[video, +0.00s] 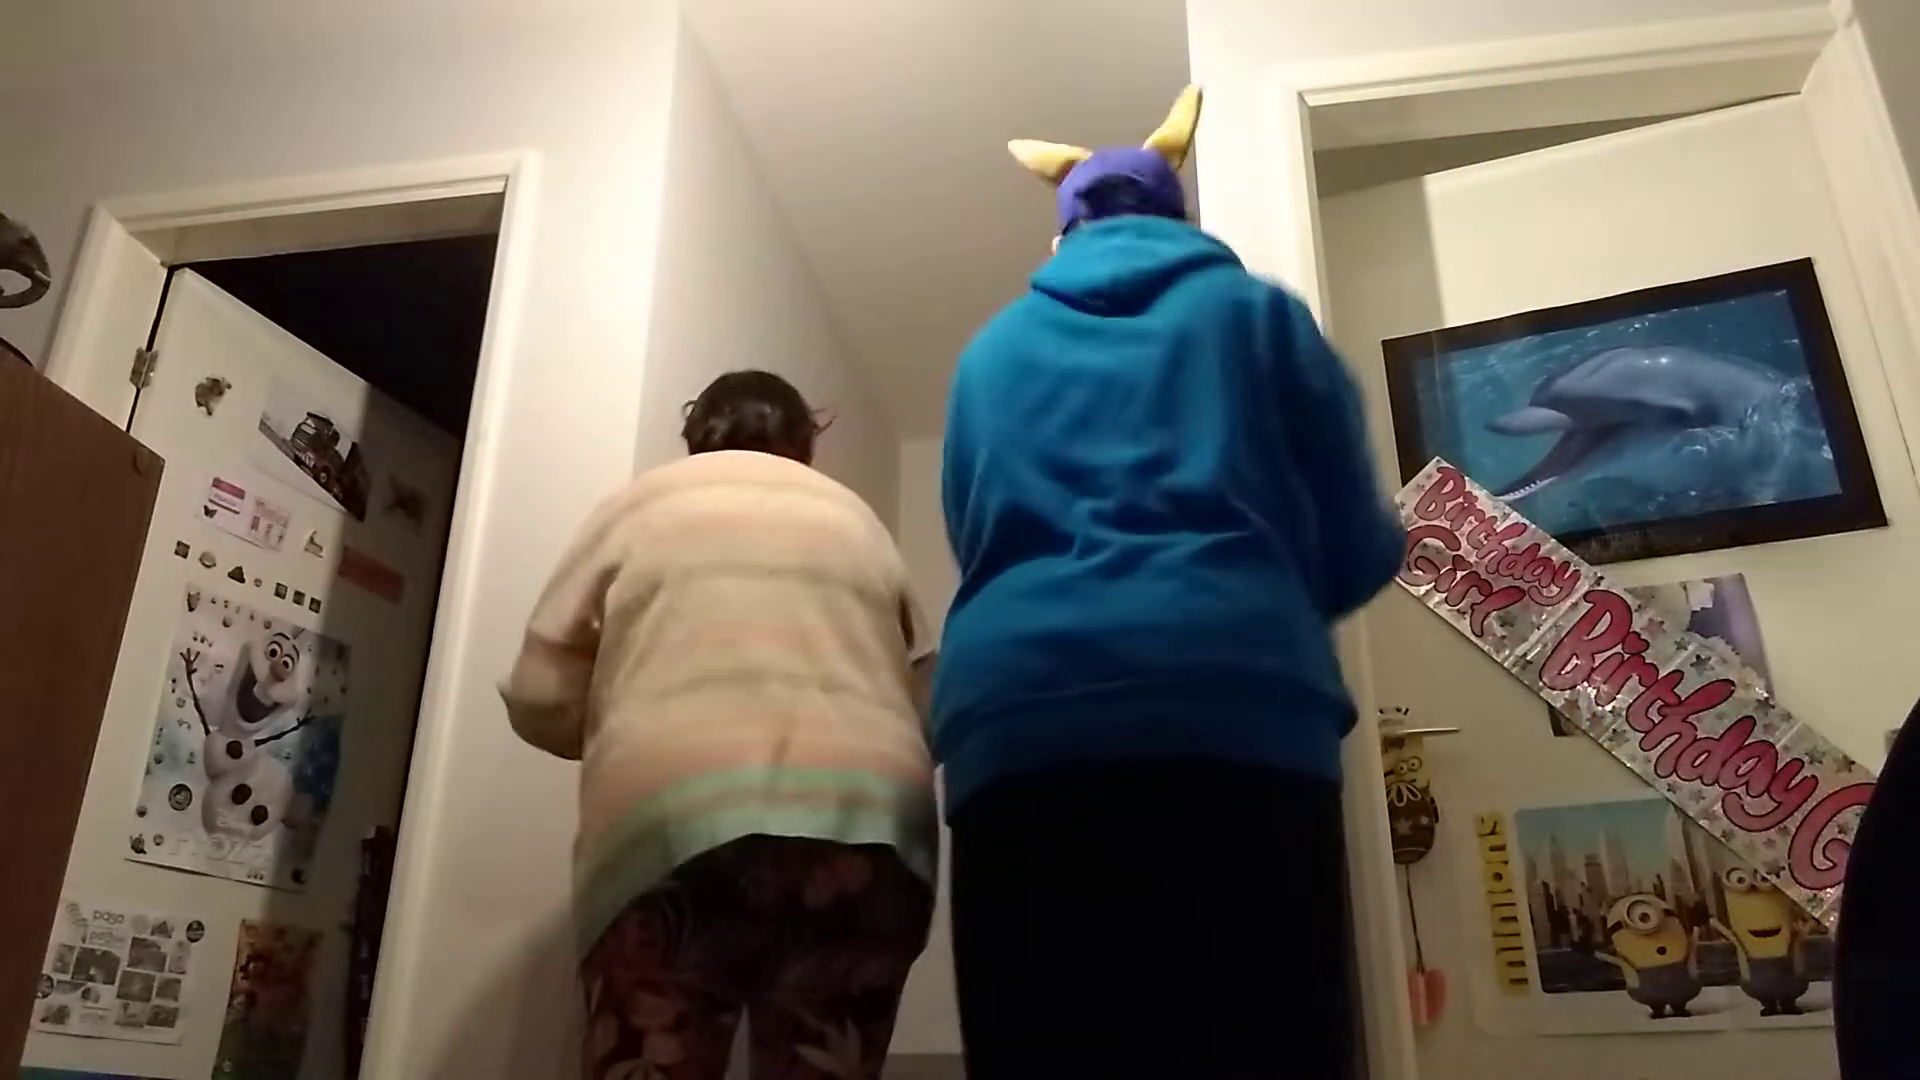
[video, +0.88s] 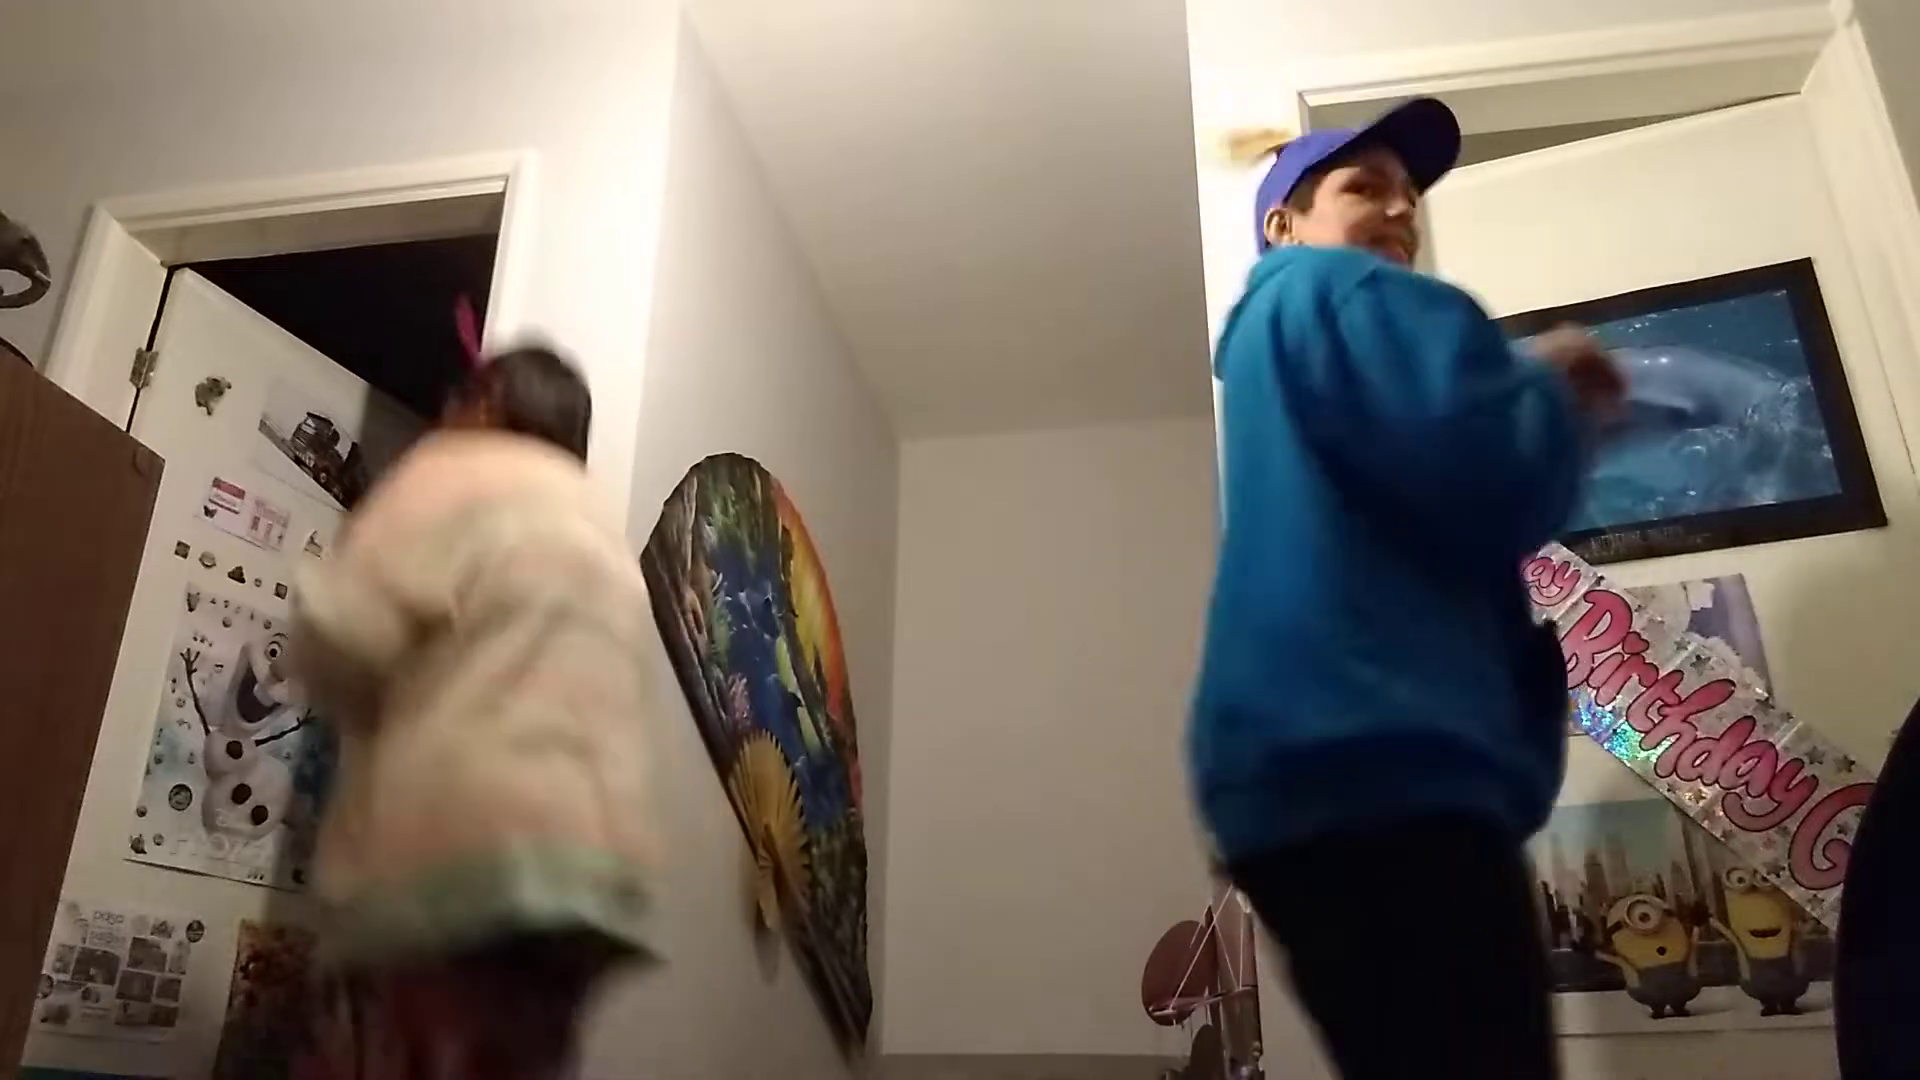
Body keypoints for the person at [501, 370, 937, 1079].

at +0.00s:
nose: (818, 451)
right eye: (817, 442)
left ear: (691, 437)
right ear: (808, 445)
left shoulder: (634, 502)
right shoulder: (860, 518)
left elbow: (537, 694)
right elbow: (916, 678)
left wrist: (639, 727)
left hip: (667, 829)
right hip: (866, 832)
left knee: (650, 1063)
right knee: (826, 1062)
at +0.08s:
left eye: (680, 439)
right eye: (811, 454)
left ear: (686, 442)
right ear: (803, 456)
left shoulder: (630, 505)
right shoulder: (858, 531)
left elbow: (534, 682)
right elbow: (928, 720)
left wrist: (632, 737)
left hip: (662, 825)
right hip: (859, 836)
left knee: (649, 1063)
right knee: (818, 1062)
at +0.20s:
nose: (668, 475)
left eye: (671, 467)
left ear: (678, 471)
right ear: (791, 485)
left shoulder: (618, 526)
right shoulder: (844, 560)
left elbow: (520, 689)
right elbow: (912, 758)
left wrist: (608, 756)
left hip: (656, 872)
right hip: (853, 883)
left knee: (640, 1063)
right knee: (813, 1065)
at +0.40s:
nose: (633, 432)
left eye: (639, 423)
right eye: (639, 426)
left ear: (652, 420)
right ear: (750, 439)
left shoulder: (590, 485)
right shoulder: (790, 526)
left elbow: (483, 631)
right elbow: (831, 686)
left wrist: (556, 690)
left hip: (610, 843)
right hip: (793, 842)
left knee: (602, 1057)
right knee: (766, 1059)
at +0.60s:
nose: (557, 358)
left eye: (566, 347)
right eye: (563, 348)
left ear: (591, 341)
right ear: (672, 365)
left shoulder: (552, 399)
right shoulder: (722, 459)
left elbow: (429, 549)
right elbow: (764, 619)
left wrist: (488, 594)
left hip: (578, 754)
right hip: (751, 775)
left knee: (515, 1032)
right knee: (660, 1046)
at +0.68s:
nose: (513, 401)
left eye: (522, 387)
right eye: (521, 387)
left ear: (544, 383)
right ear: (636, 407)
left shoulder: (510, 447)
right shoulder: (690, 507)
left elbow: (394, 610)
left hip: (549, 811)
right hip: (717, 824)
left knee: (469, 1054)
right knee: (621, 1062)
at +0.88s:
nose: (454, 412)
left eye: (464, 397)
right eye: (462, 398)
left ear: (485, 401)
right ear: (576, 432)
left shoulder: (455, 468)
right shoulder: (605, 527)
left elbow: (345, 626)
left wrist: (362, 718)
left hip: (445, 854)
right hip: (591, 860)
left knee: (425, 1057)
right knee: (529, 1058)